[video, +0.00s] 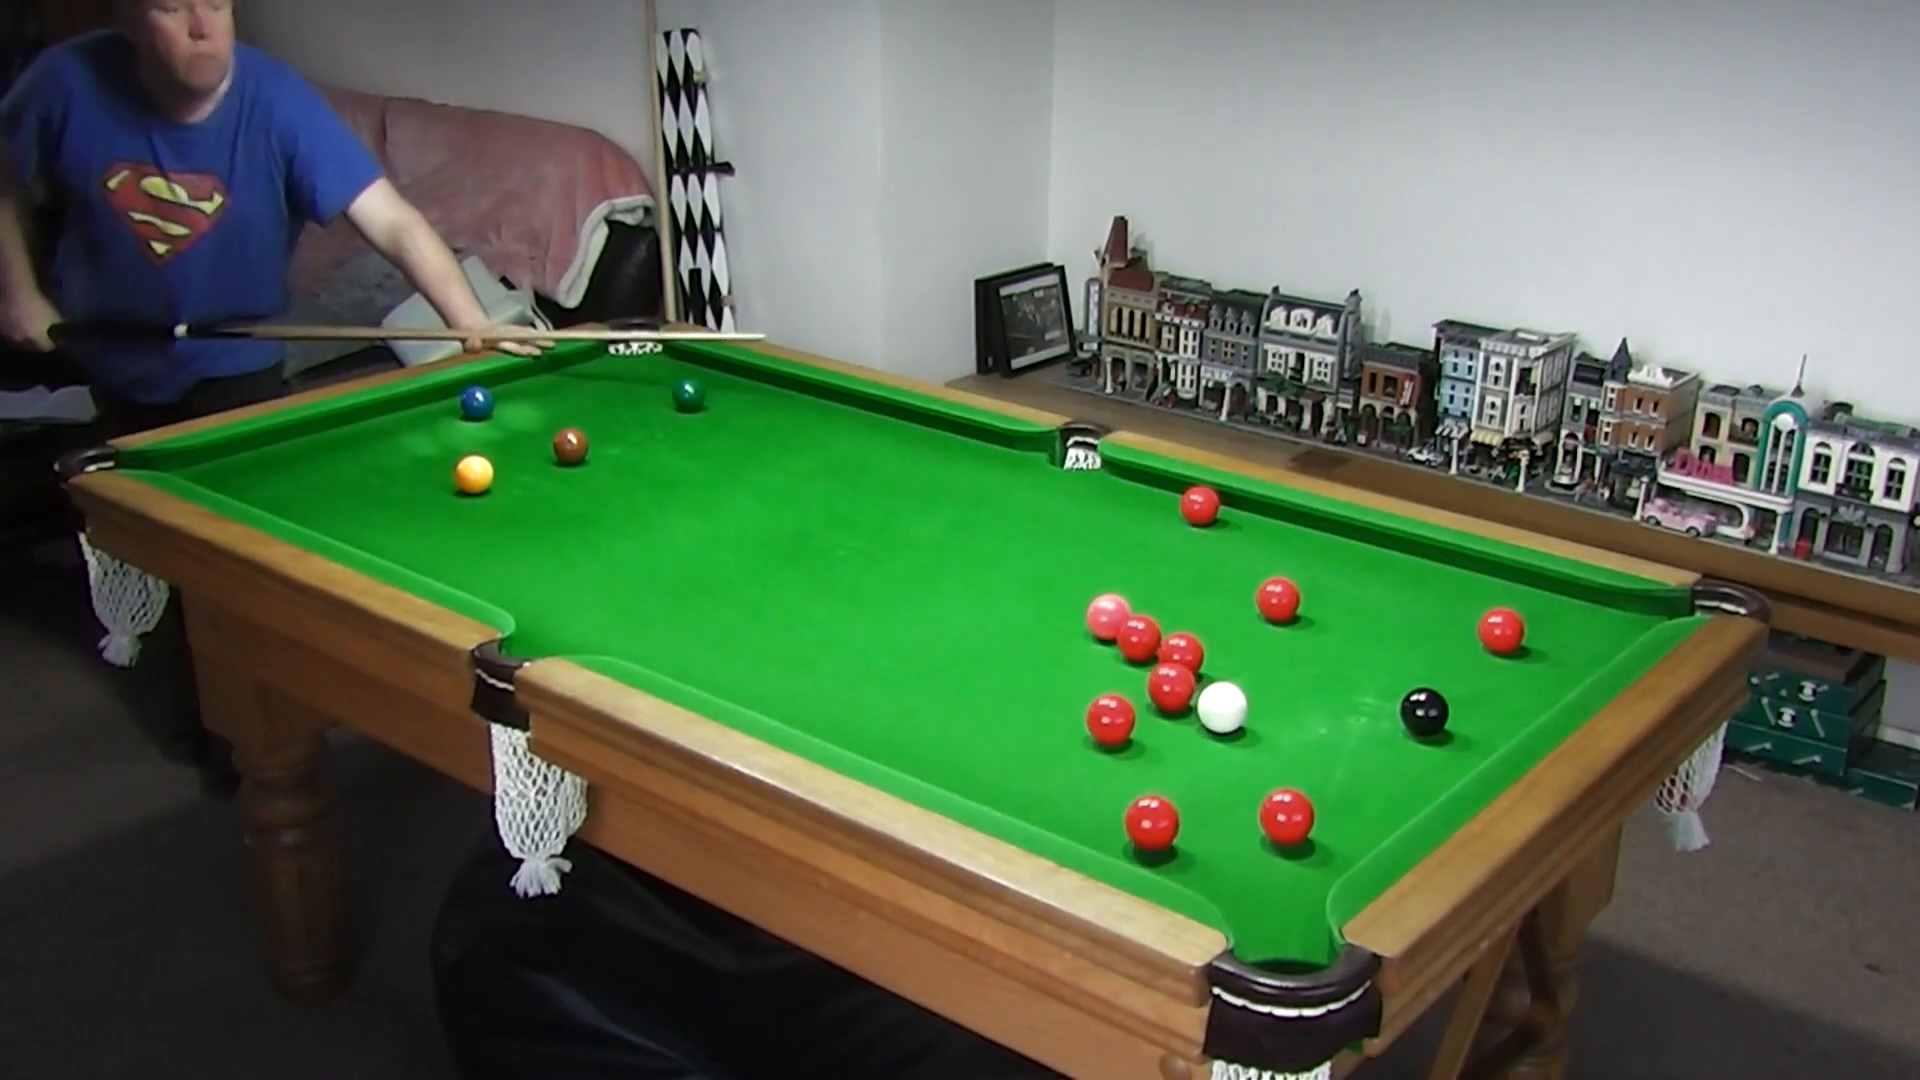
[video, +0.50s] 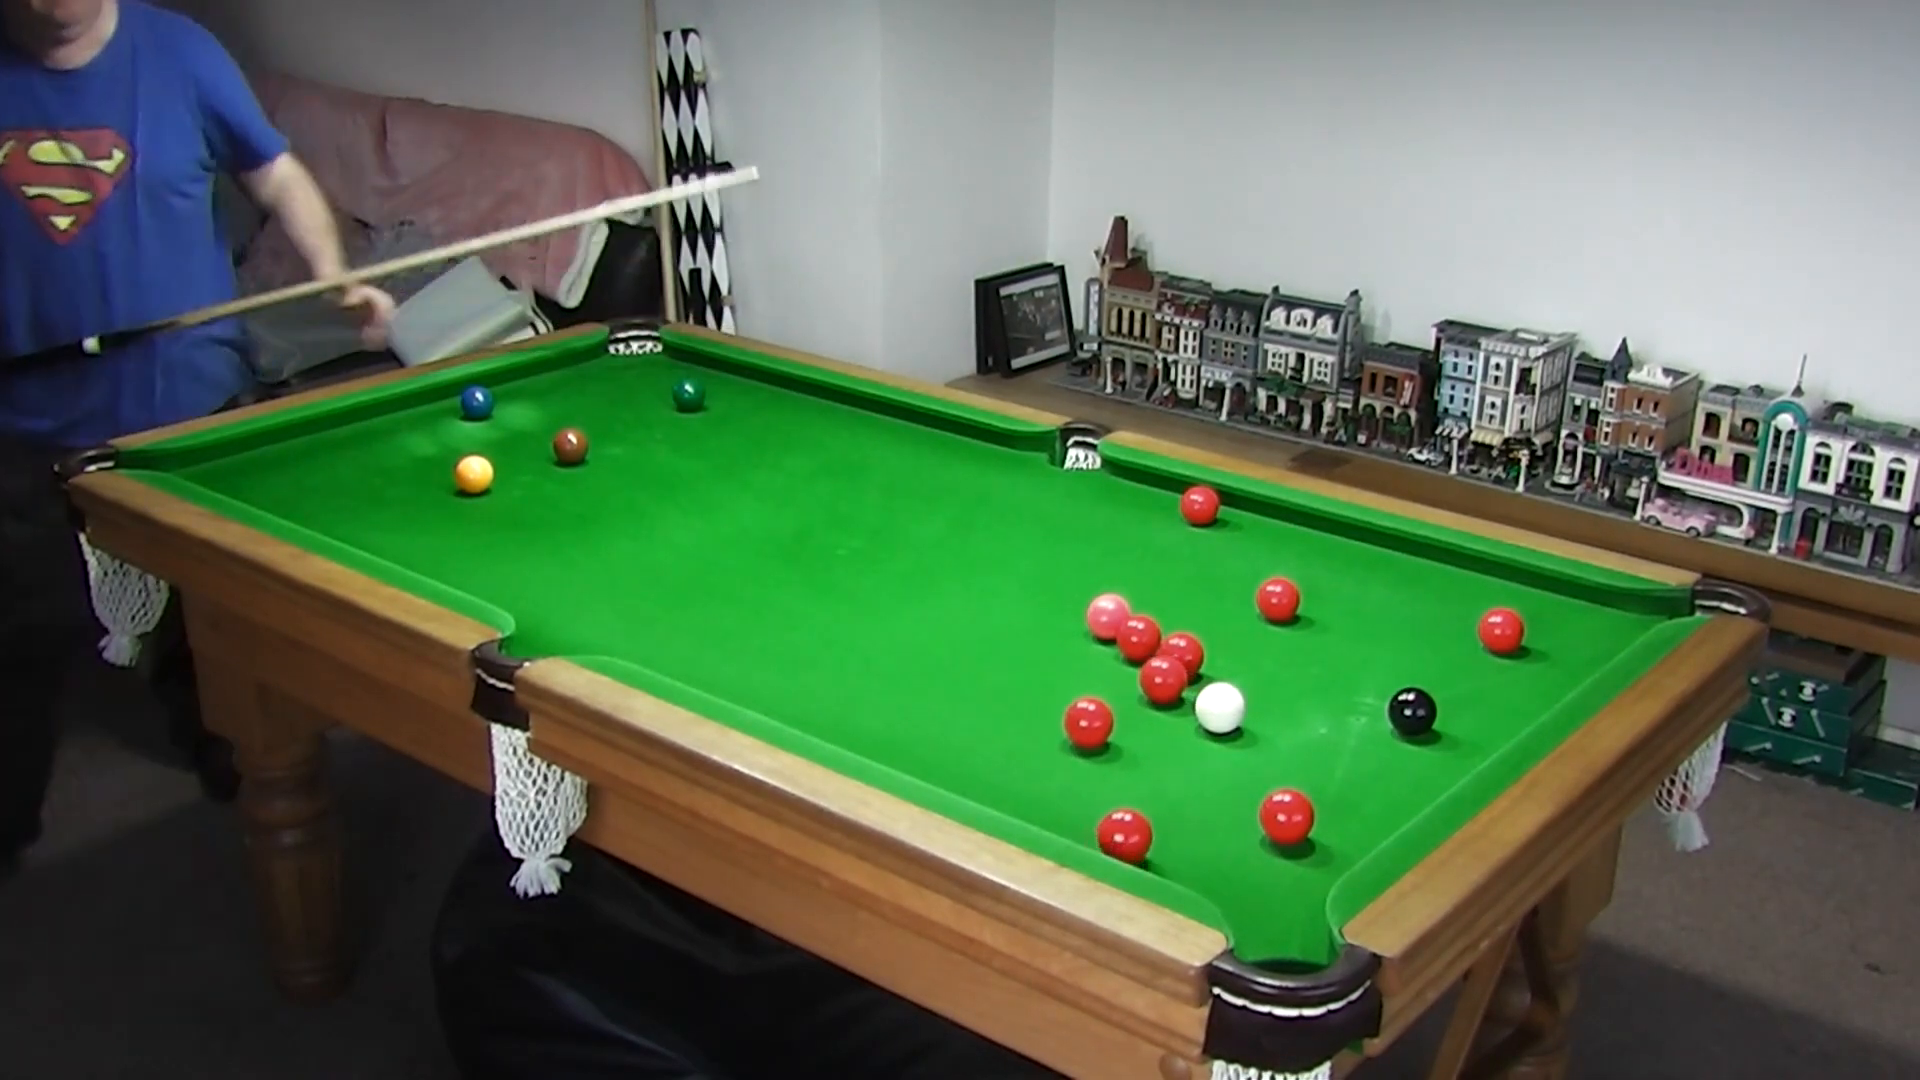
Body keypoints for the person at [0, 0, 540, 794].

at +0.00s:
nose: (204, 26)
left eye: (215, 5)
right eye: (175, 9)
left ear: (233, 10)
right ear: (131, 21)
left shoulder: (277, 101)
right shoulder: (64, 85)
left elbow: (394, 222)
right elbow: (7, 189)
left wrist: (475, 326)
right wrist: (20, 290)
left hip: (236, 361)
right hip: (96, 361)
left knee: (243, 548)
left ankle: (238, 720)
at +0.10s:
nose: (182, 13)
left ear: (213, 1)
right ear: (114, 10)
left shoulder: (263, 93)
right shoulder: (39, 80)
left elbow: (388, 216)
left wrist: (473, 324)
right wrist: (3, 307)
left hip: (233, 379)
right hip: (89, 384)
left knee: (246, 567)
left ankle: (241, 729)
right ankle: (194, 726)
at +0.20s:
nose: (162, 10)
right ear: (99, 6)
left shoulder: (247, 83)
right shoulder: (29, 75)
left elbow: (376, 204)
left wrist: (470, 322)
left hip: (224, 384)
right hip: (81, 392)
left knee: (237, 574)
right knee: (129, 580)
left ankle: (238, 731)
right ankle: (194, 729)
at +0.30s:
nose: (127, 4)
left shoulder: (228, 70)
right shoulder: (16, 67)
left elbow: (355, 192)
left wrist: (452, 309)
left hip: (211, 384)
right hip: (56, 389)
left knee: (220, 572)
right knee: (69, 559)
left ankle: (211, 715)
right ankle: (118, 678)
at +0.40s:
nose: (101, 7)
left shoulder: (210, 59)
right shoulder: (12, 66)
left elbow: (333, 180)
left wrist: (410, 289)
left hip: (203, 399)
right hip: (44, 405)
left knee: (223, 593)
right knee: (41, 604)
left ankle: (222, 735)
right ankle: (69, 742)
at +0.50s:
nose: (54, 6)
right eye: (36, 1)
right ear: (14, 6)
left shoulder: (178, 52)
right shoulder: (5, 79)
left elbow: (277, 174)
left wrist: (334, 274)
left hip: (184, 402)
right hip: (35, 413)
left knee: (206, 603)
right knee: (24, 635)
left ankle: (214, 737)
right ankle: (12, 819)